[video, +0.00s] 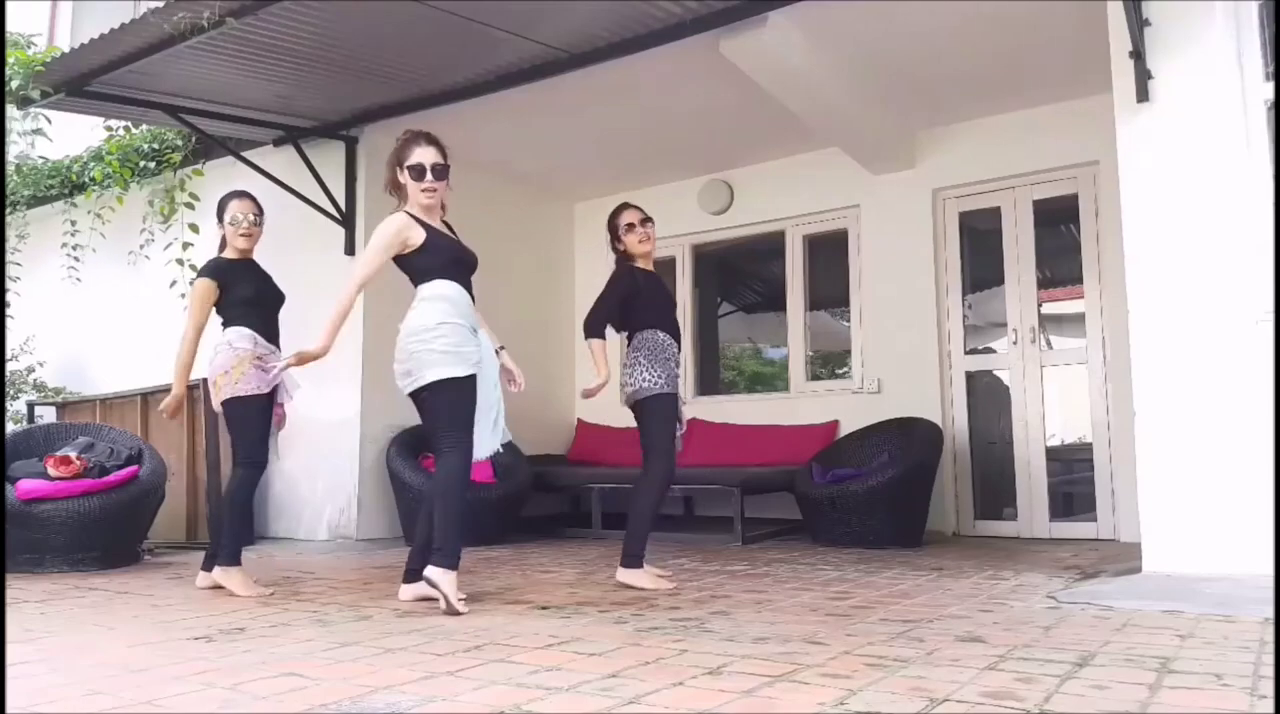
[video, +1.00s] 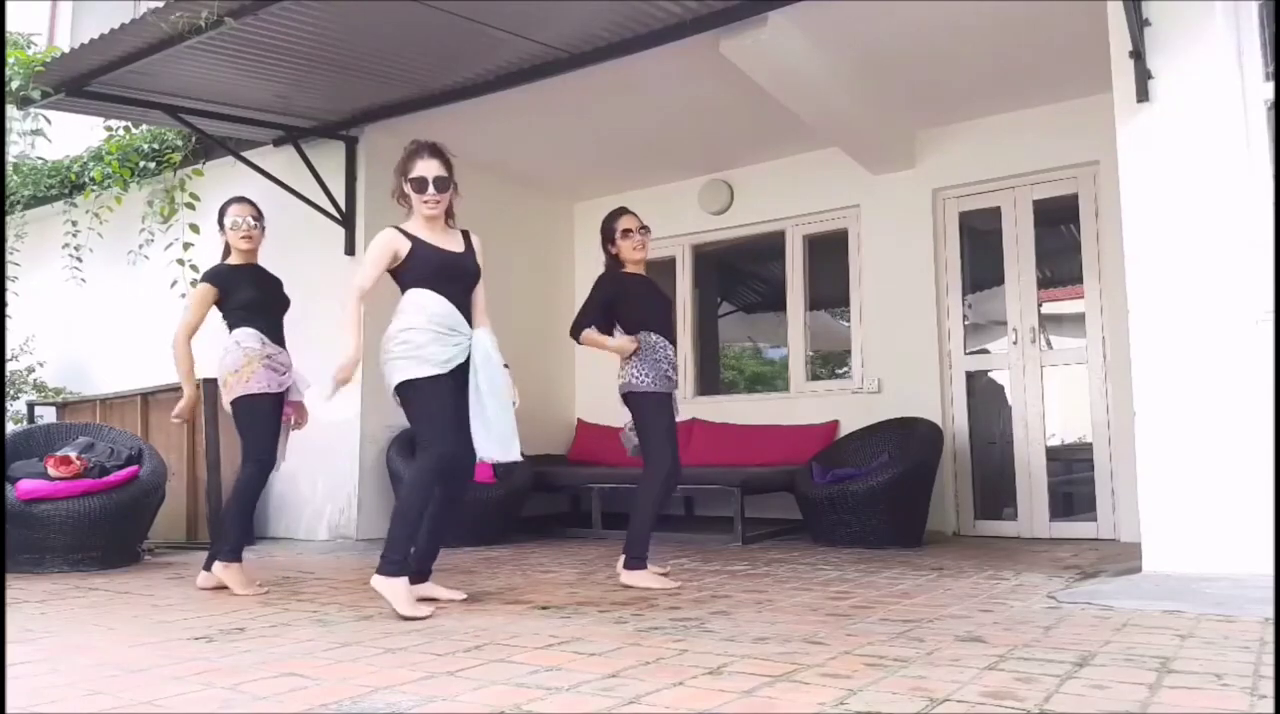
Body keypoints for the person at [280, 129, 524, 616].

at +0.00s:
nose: (429, 178)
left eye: (438, 170)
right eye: (417, 170)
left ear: (448, 176)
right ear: (399, 177)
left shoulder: (443, 228)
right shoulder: (401, 223)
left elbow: (463, 303)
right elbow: (355, 284)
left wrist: (498, 351)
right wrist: (323, 345)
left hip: (460, 347)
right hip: (433, 344)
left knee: (449, 458)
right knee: (455, 452)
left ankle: (417, 574)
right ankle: (445, 565)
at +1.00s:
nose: (432, 190)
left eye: (440, 182)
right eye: (420, 183)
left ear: (452, 187)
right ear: (405, 189)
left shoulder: (468, 242)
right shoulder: (395, 238)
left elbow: (479, 316)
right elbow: (357, 292)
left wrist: (499, 372)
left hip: (460, 360)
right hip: (414, 356)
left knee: (459, 463)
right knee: (437, 453)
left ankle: (420, 575)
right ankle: (391, 572)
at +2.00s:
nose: (418, 188)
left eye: (428, 180)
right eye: (408, 182)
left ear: (444, 185)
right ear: (399, 190)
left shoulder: (468, 244)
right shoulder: (384, 244)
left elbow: (484, 314)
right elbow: (333, 288)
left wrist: (505, 368)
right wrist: (330, 301)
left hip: (453, 362)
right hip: (397, 361)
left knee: (454, 472)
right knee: (383, 453)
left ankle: (423, 576)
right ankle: (360, 576)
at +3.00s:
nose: (423, 202)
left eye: (433, 193)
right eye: (414, 195)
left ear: (452, 197)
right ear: (406, 203)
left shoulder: (477, 250)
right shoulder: (392, 255)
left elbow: (494, 318)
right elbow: (351, 307)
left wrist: (519, 363)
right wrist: (314, 305)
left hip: (457, 374)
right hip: (405, 372)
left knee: (440, 477)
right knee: (332, 456)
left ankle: (435, 576)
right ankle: (365, 567)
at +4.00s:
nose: (387, 199)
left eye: (394, 190)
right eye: (387, 191)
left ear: (424, 187)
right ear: (412, 192)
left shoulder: (462, 240)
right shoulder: (393, 249)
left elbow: (473, 305)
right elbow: (343, 286)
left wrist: (482, 367)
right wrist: (361, 229)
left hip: (427, 365)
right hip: (375, 362)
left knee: (418, 474)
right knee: (377, 469)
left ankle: (450, 576)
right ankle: (378, 576)